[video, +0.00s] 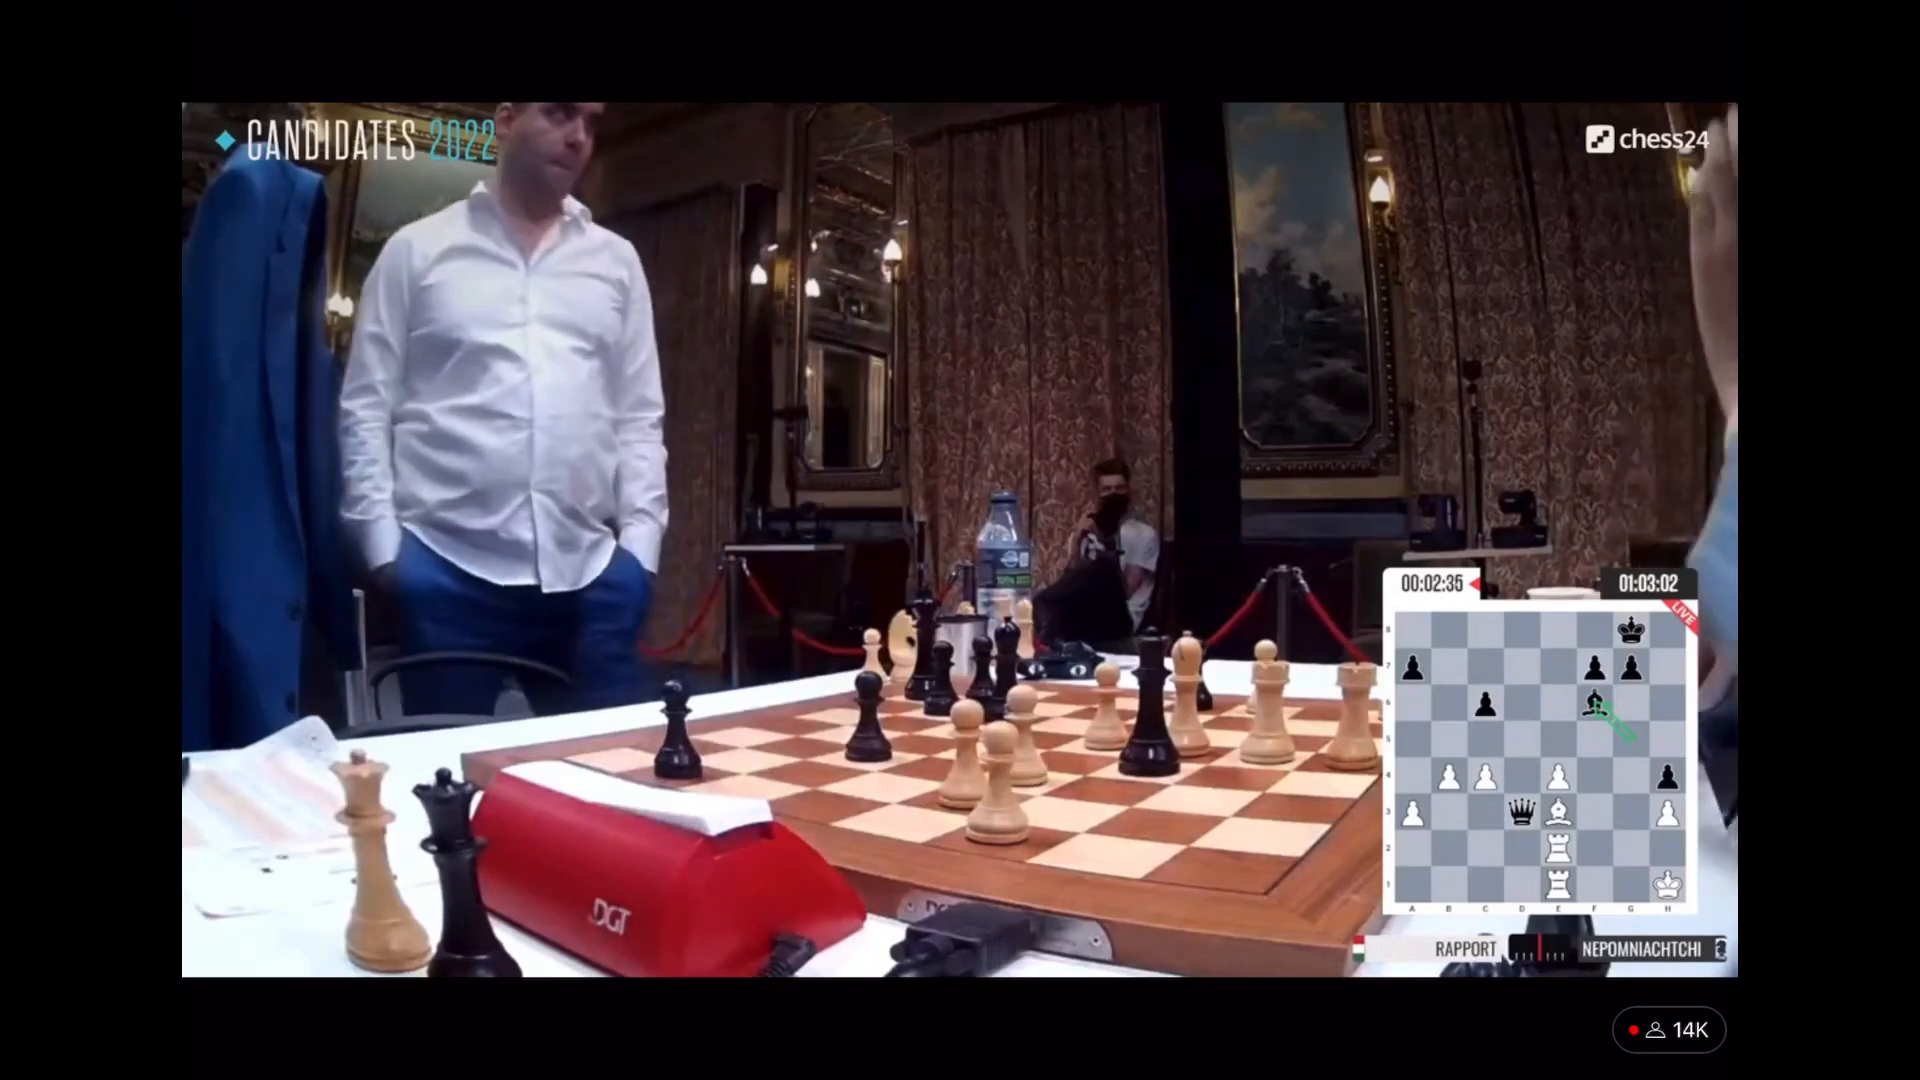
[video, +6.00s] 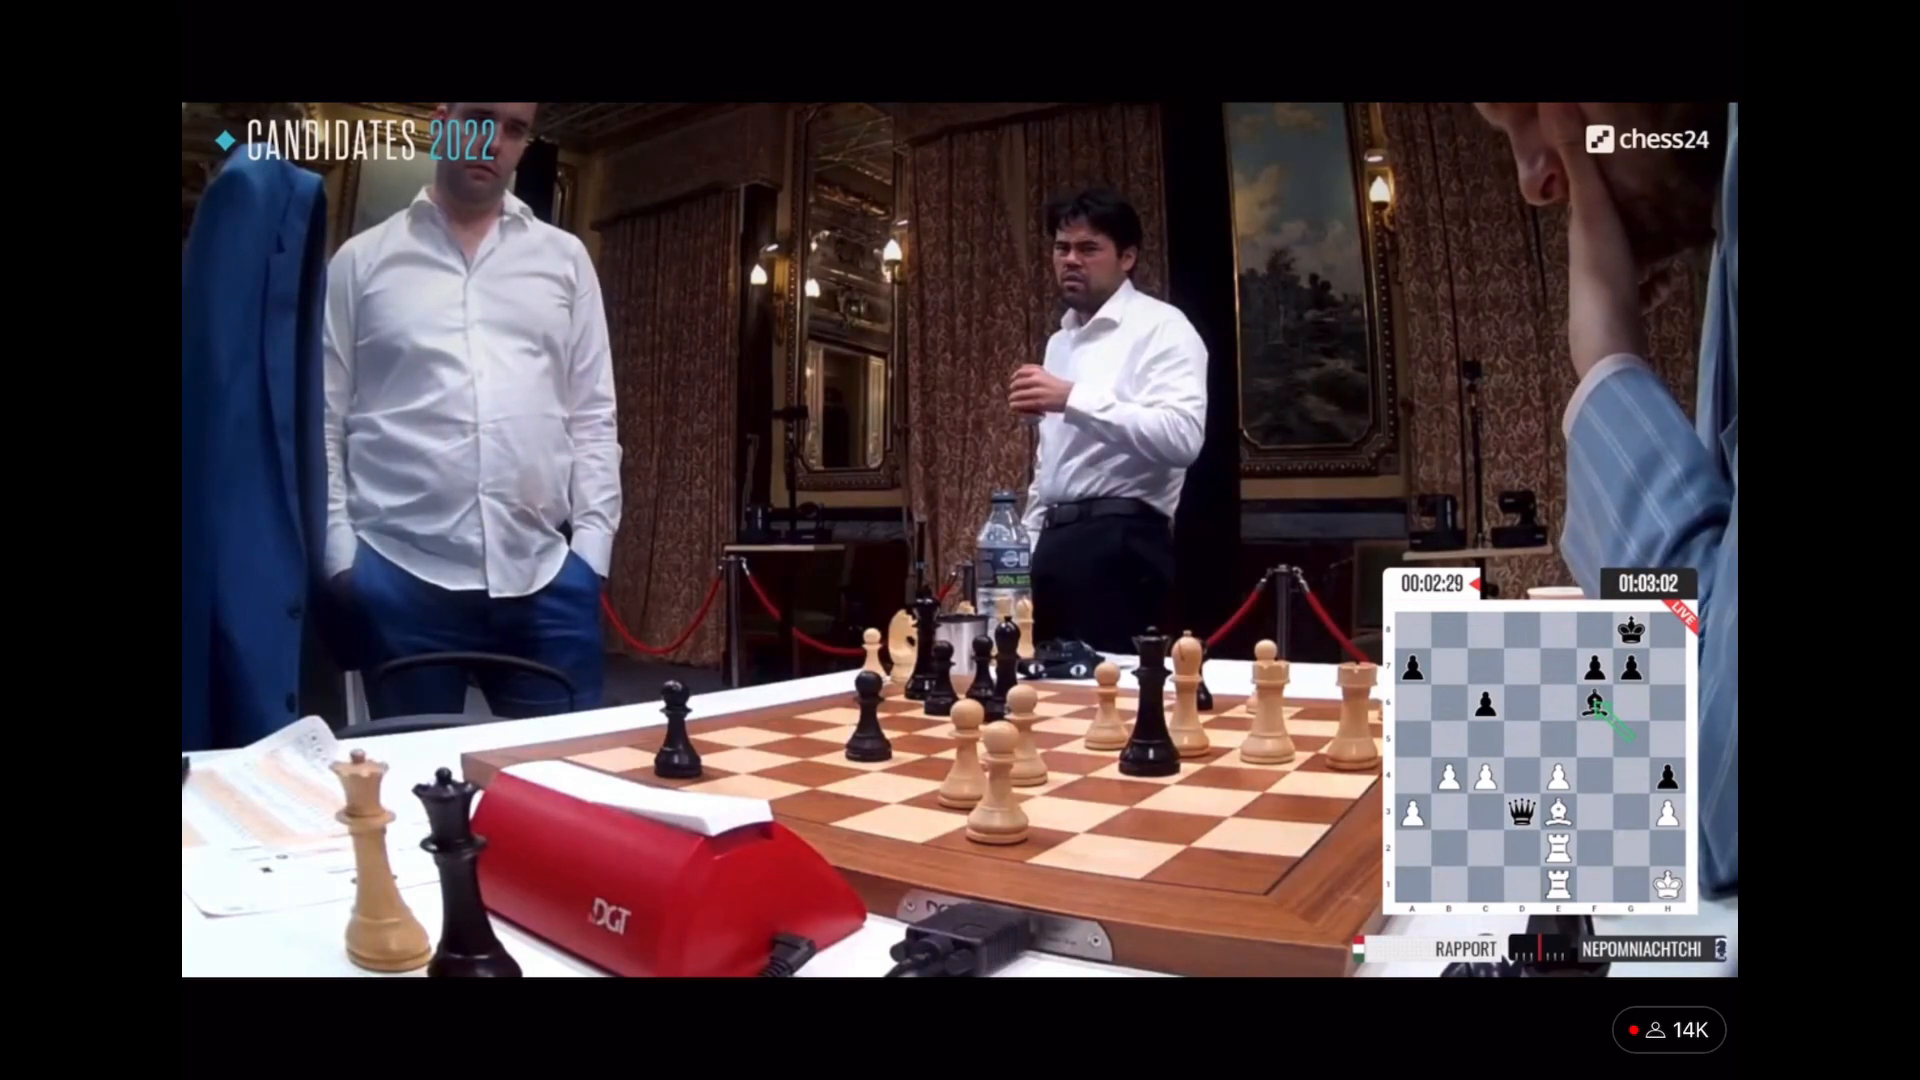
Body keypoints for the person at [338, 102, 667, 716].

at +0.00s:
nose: (578, 137)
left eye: (589, 123)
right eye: (559, 114)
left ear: (597, 141)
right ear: (506, 120)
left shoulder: (616, 260)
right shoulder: (417, 250)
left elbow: (640, 418)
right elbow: (365, 404)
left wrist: (637, 551)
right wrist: (384, 550)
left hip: (591, 581)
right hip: (447, 579)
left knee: (610, 782)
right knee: (448, 784)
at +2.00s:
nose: (497, 132)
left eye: (519, 118)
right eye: (483, 110)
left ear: (534, 134)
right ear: (445, 114)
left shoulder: (574, 249)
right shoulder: (366, 259)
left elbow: (606, 410)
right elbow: (330, 420)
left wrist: (604, 546)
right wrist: (347, 562)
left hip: (559, 585)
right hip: (409, 589)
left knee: (592, 789)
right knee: (422, 801)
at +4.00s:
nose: (494, 141)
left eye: (514, 127)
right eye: (479, 117)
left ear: (528, 142)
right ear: (438, 119)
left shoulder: (559, 259)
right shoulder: (359, 260)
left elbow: (588, 415)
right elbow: (323, 421)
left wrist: (589, 550)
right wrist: (347, 565)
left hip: (549, 582)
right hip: (406, 585)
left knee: (574, 788)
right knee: (419, 791)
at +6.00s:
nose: (490, 144)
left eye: (513, 130)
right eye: (477, 120)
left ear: (528, 144)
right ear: (440, 119)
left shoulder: (565, 258)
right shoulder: (361, 262)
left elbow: (593, 417)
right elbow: (324, 420)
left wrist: (590, 552)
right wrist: (342, 561)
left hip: (548, 584)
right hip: (402, 585)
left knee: (571, 790)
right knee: (415, 793)